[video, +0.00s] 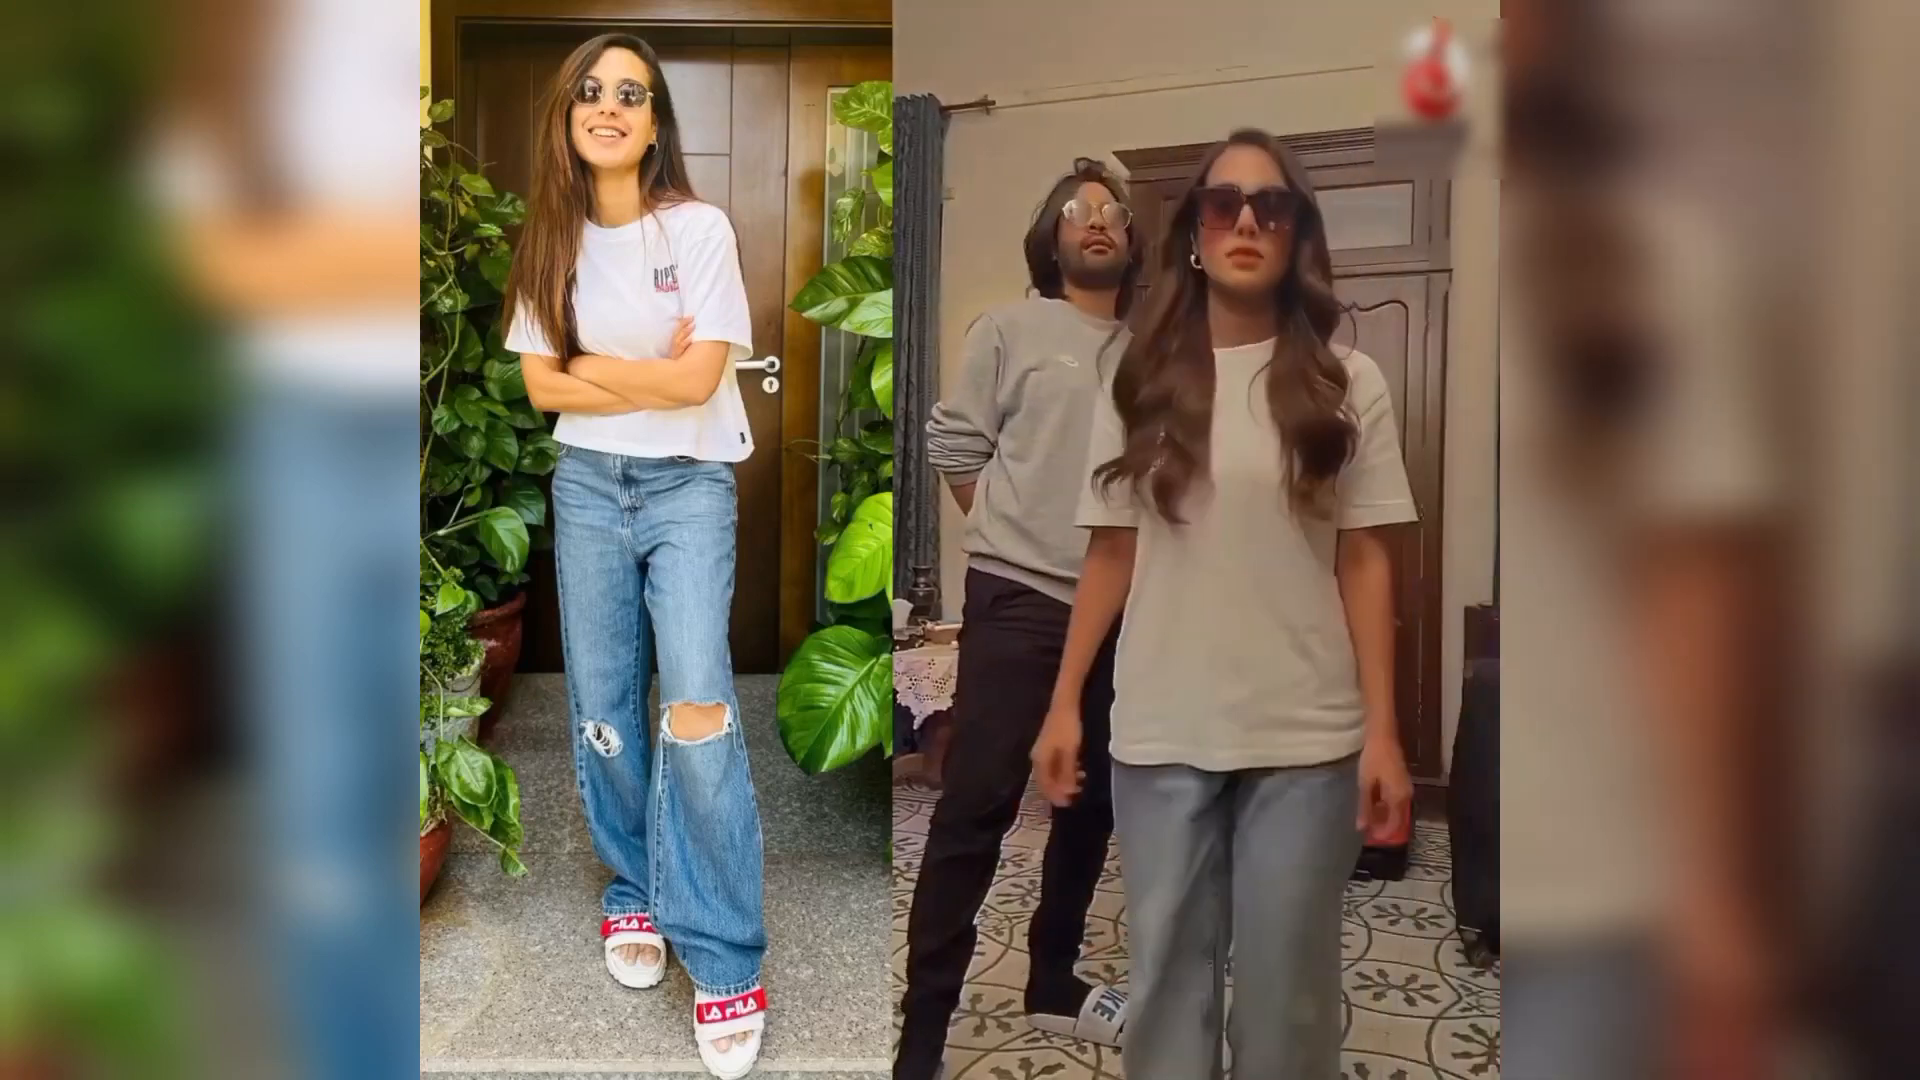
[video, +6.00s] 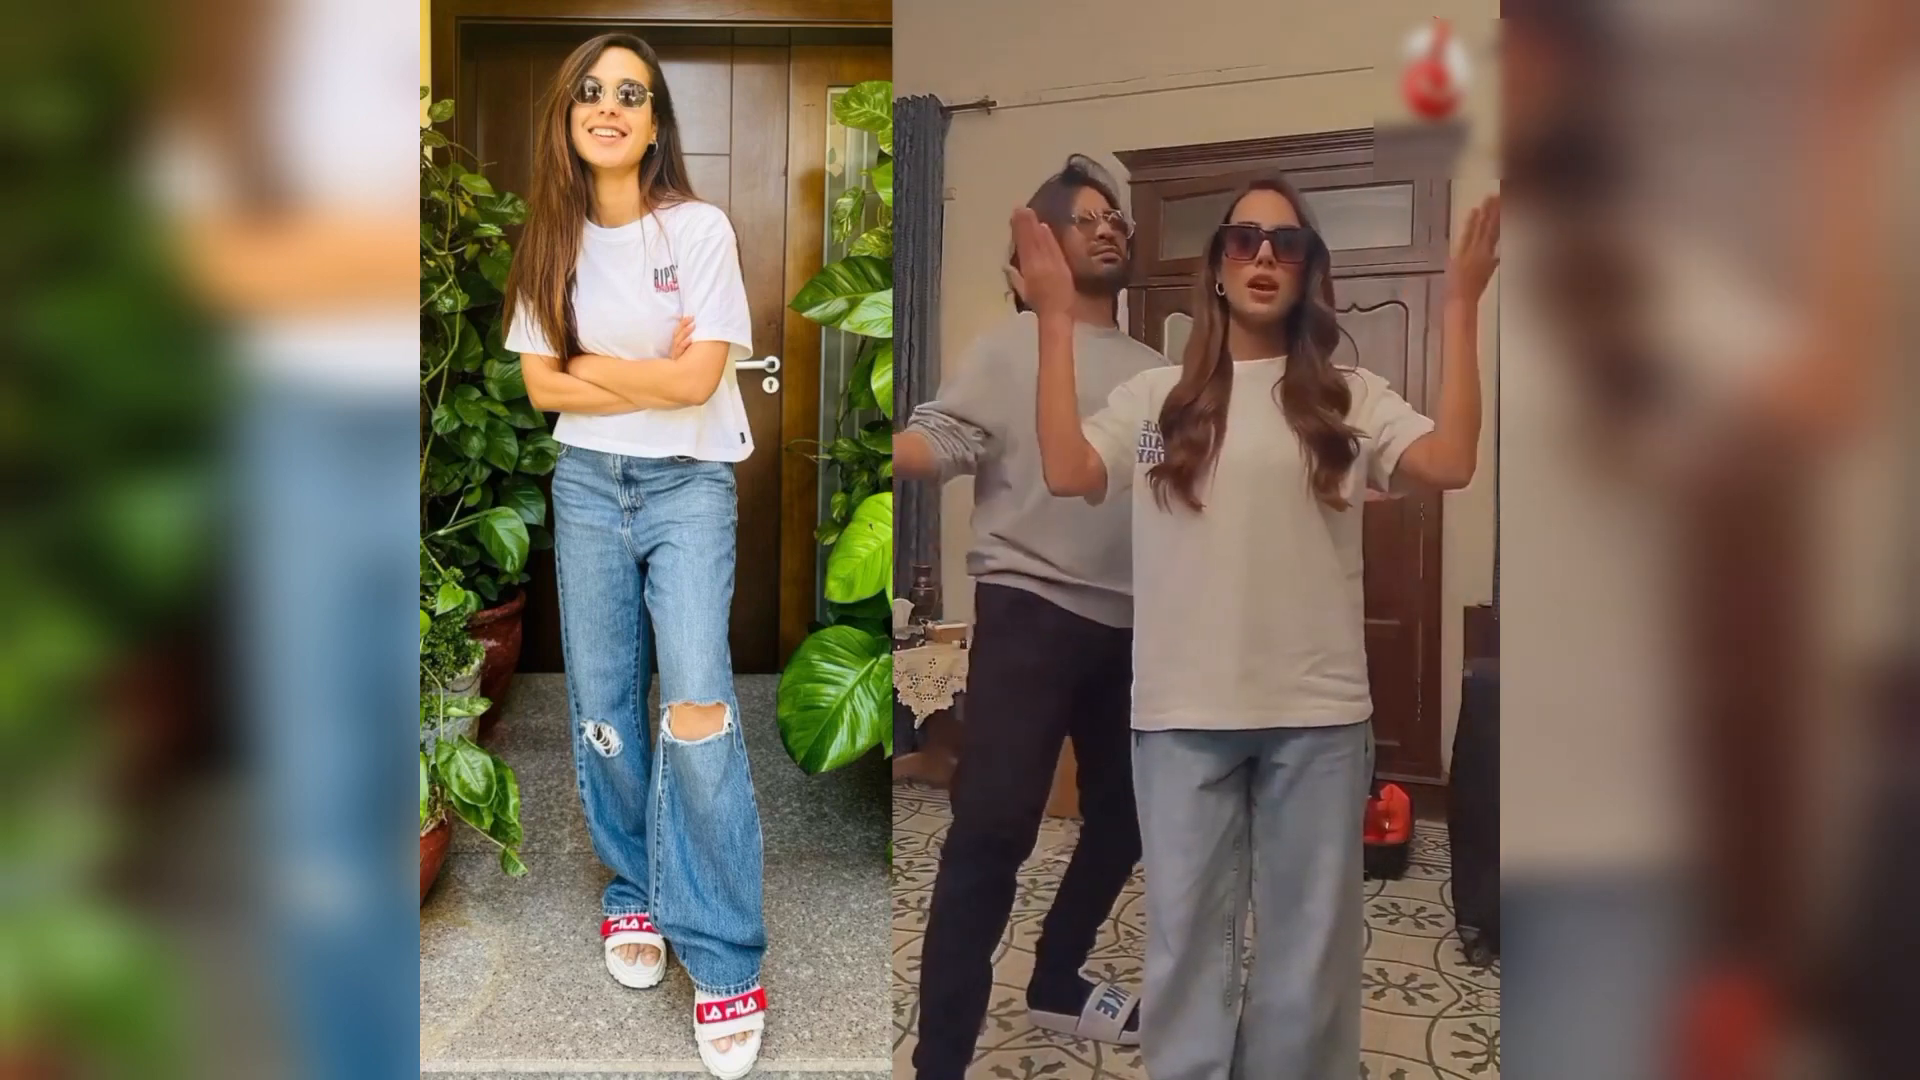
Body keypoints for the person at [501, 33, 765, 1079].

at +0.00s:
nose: (610, 111)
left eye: (630, 97)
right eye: (593, 95)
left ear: (656, 121)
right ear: (566, 117)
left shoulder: (700, 226)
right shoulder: (549, 240)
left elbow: (699, 378)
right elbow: (540, 385)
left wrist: (576, 362)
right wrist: (662, 379)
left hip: (689, 482)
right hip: (585, 484)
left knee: (695, 709)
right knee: (603, 708)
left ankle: (724, 958)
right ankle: (631, 891)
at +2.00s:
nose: (610, 111)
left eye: (630, 97)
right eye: (593, 95)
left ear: (657, 121)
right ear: (566, 117)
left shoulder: (700, 226)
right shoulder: (549, 240)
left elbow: (699, 379)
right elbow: (541, 386)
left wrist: (575, 362)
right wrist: (662, 379)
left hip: (689, 482)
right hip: (585, 484)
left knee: (695, 709)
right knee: (603, 709)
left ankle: (724, 957)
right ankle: (631, 890)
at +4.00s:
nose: (609, 111)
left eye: (629, 98)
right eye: (593, 95)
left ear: (656, 122)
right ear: (566, 117)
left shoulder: (699, 226)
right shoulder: (549, 240)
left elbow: (698, 378)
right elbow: (541, 385)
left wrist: (576, 362)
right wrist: (662, 379)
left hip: (689, 482)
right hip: (584, 484)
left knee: (694, 710)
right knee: (603, 708)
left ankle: (724, 958)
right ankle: (631, 892)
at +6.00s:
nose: (610, 111)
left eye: (629, 97)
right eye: (593, 95)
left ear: (656, 122)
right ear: (566, 117)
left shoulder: (699, 225)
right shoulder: (550, 239)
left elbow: (698, 378)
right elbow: (540, 385)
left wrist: (576, 362)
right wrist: (662, 378)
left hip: (689, 482)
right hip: (584, 484)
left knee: (695, 709)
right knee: (602, 708)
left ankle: (724, 955)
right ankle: (631, 890)